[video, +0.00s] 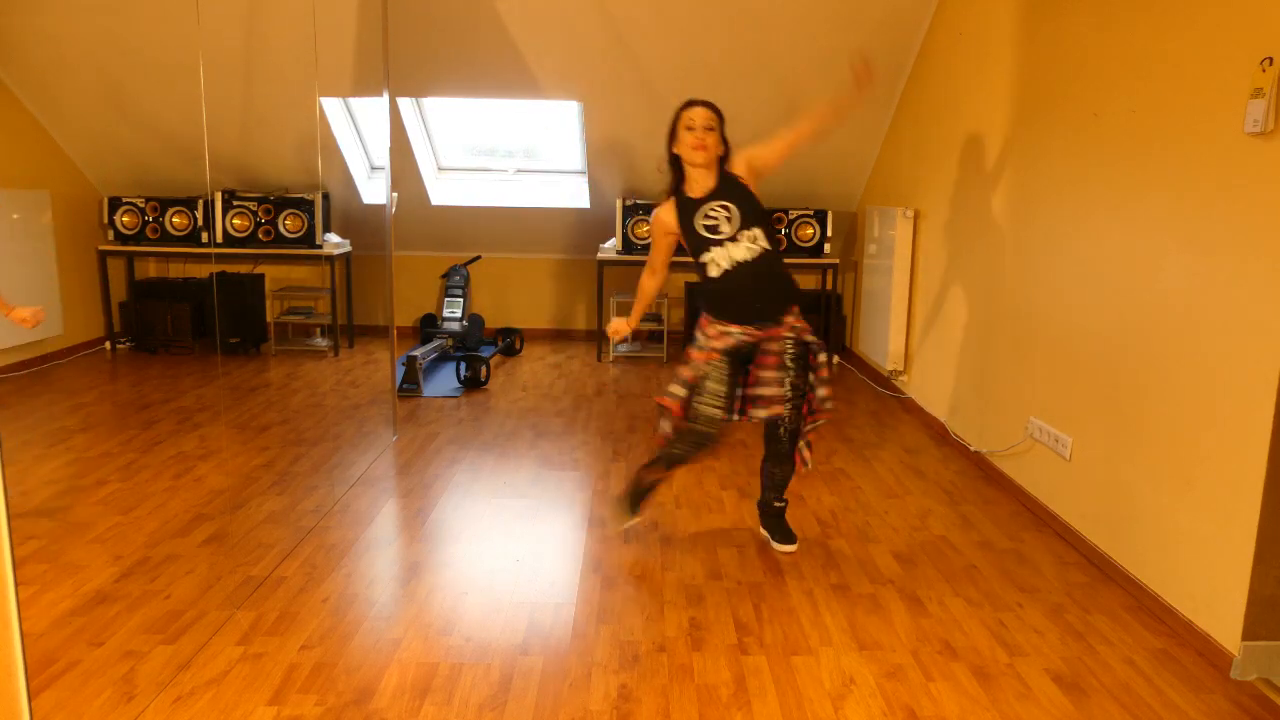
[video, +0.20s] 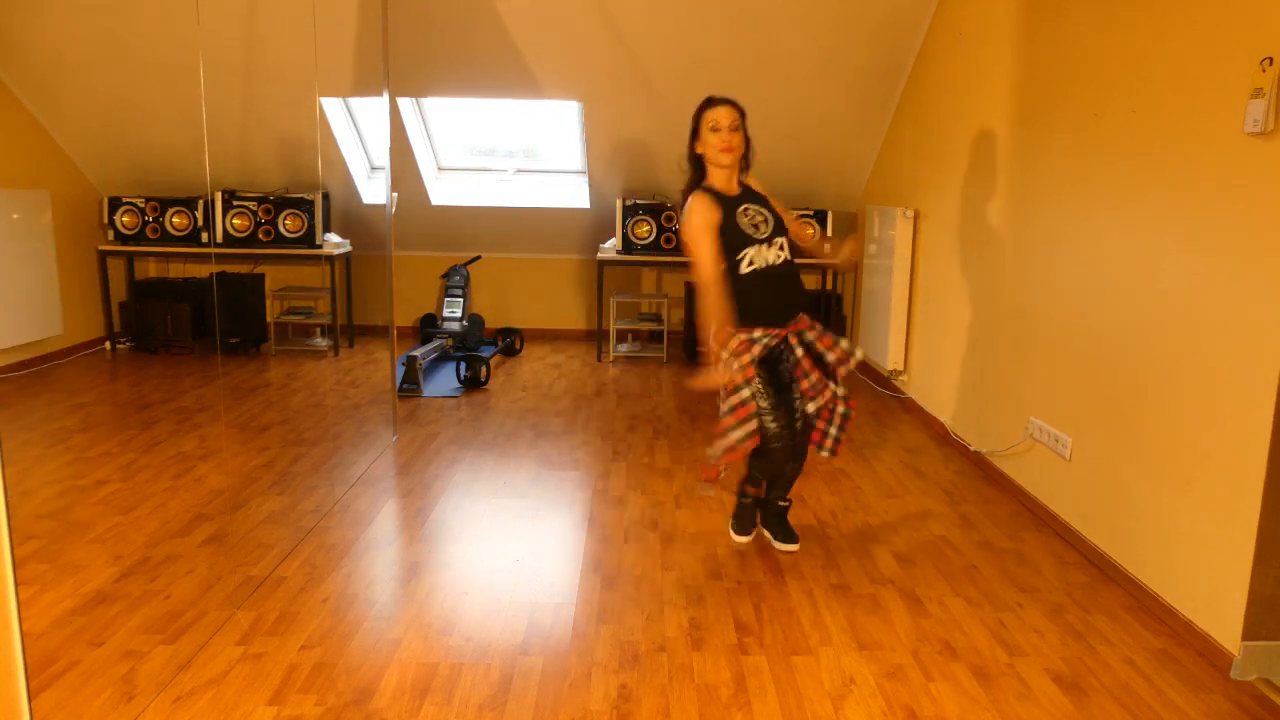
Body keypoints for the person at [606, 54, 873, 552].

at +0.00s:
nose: (701, 135)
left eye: (710, 129)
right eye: (690, 129)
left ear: (722, 141)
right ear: (675, 143)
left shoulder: (744, 171)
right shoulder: (670, 215)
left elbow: (801, 132)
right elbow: (653, 273)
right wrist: (633, 319)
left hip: (782, 319)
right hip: (724, 327)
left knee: (786, 424)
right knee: (704, 427)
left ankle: (773, 507)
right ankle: (645, 481)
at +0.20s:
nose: (726, 137)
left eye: (734, 128)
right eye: (714, 129)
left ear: (745, 140)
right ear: (697, 144)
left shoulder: (756, 194)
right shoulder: (701, 206)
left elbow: (798, 233)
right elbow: (710, 284)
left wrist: (831, 249)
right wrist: (719, 352)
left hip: (793, 329)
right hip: (750, 338)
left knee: (801, 431)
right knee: (776, 440)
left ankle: (776, 507)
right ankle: (749, 499)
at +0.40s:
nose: (738, 95)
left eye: (743, 87)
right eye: (724, 90)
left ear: (755, 97)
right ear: (706, 106)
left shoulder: (759, 155)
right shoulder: (712, 155)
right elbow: (737, 152)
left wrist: (839, 117)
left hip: (770, 298)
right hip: (723, 298)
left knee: (775, 395)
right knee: (713, 398)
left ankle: (767, 505)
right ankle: (669, 489)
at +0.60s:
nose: (725, 104)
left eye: (732, 95)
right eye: (713, 96)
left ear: (741, 105)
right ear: (693, 108)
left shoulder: (739, 163)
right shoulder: (690, 157)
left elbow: (705, 235)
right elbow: (689, 72)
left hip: (746, 309)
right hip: (706, 308)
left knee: (752, 405)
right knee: (665, 410)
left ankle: (758, 507)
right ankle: (599, 507)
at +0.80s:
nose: (689, 126)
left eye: (698, 116)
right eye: (677, 116)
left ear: (709, 127)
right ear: (658, 125)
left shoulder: (703, 189)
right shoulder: (641, 161)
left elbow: (688, 259)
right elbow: (582, 102)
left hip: (690, 326)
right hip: (638, 325)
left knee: (727, 417)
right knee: (627, 433)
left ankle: (750, 514)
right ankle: (586, 520)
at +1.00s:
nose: (657, 145)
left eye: (666, 134)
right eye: (644, 137)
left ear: (681, 141)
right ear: (632, 149)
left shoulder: (699, 215)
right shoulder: (614, 189)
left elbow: (690, 287)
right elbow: (557, 200)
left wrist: (683, 346)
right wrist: (507, 199)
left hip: (646, 339)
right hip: (589, 329)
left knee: (674, 435)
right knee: (592, 439)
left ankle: (638, 485)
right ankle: (583, 523)